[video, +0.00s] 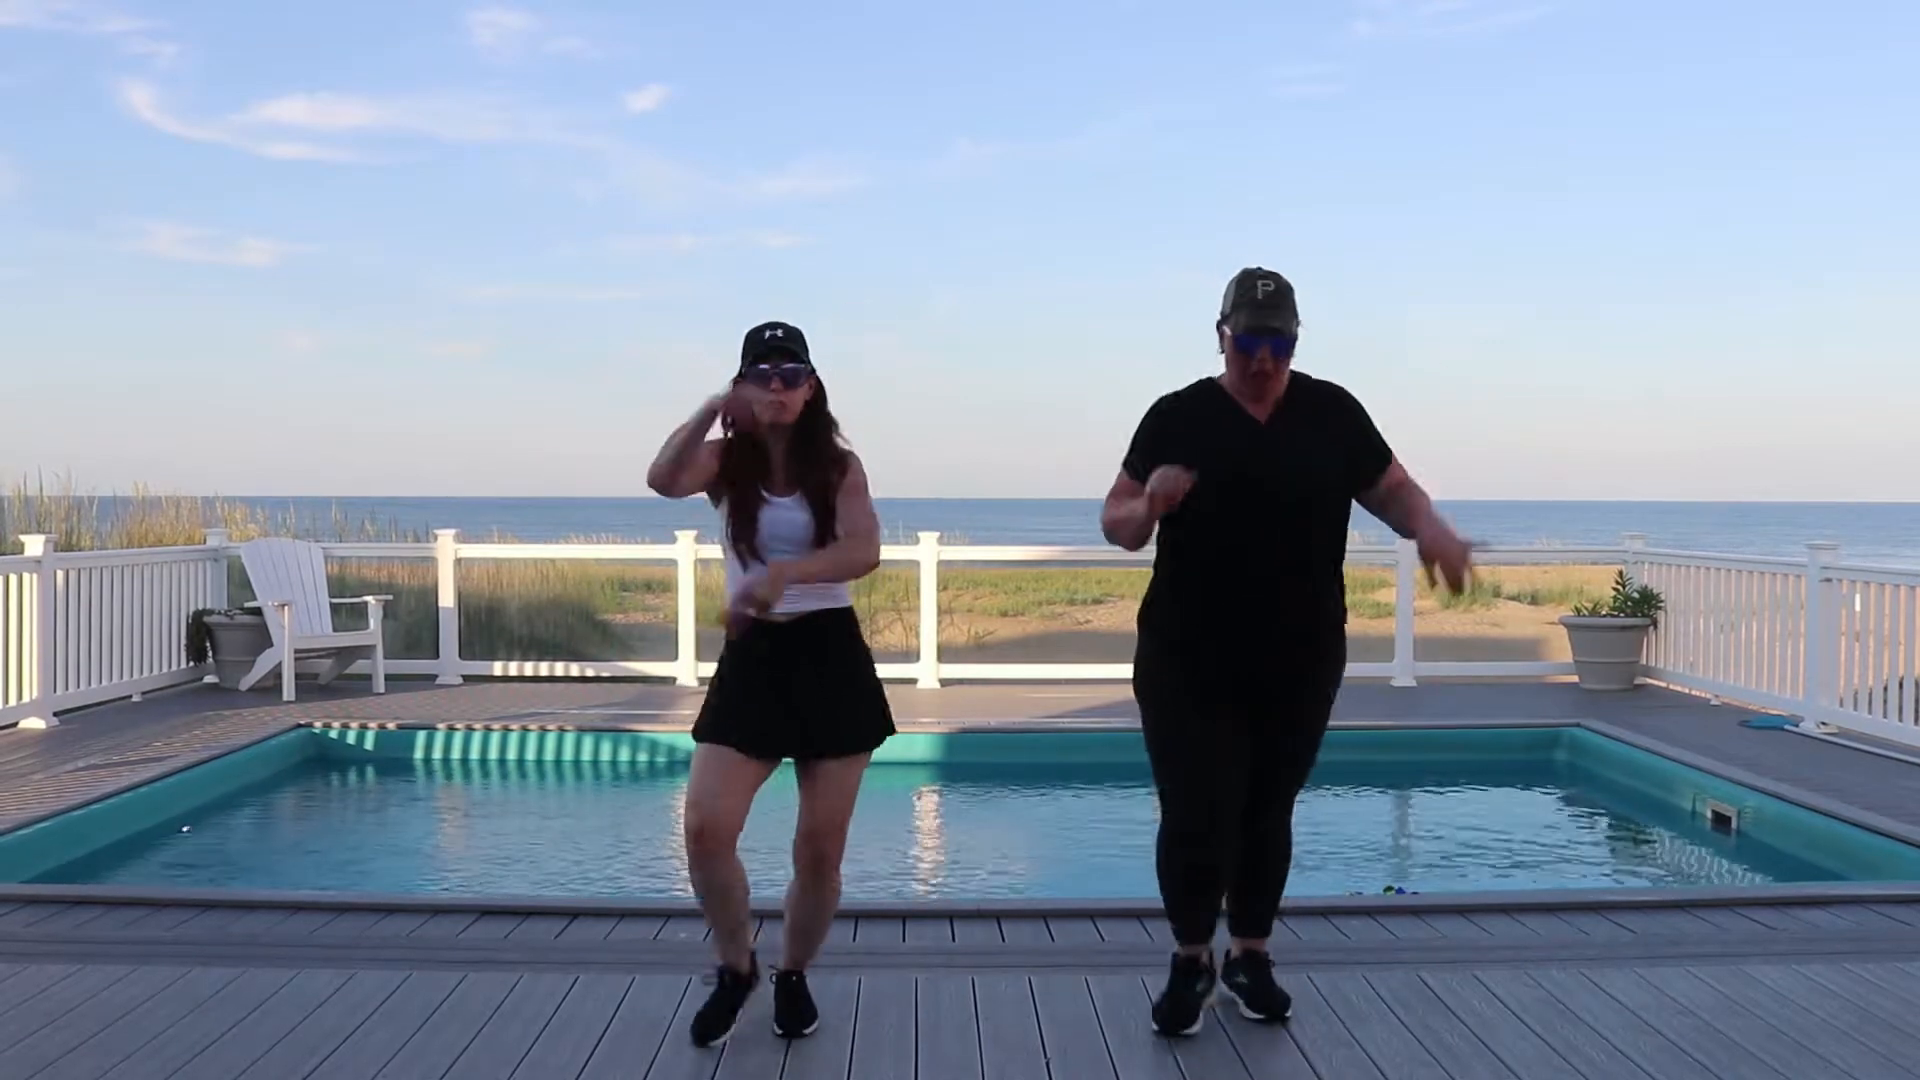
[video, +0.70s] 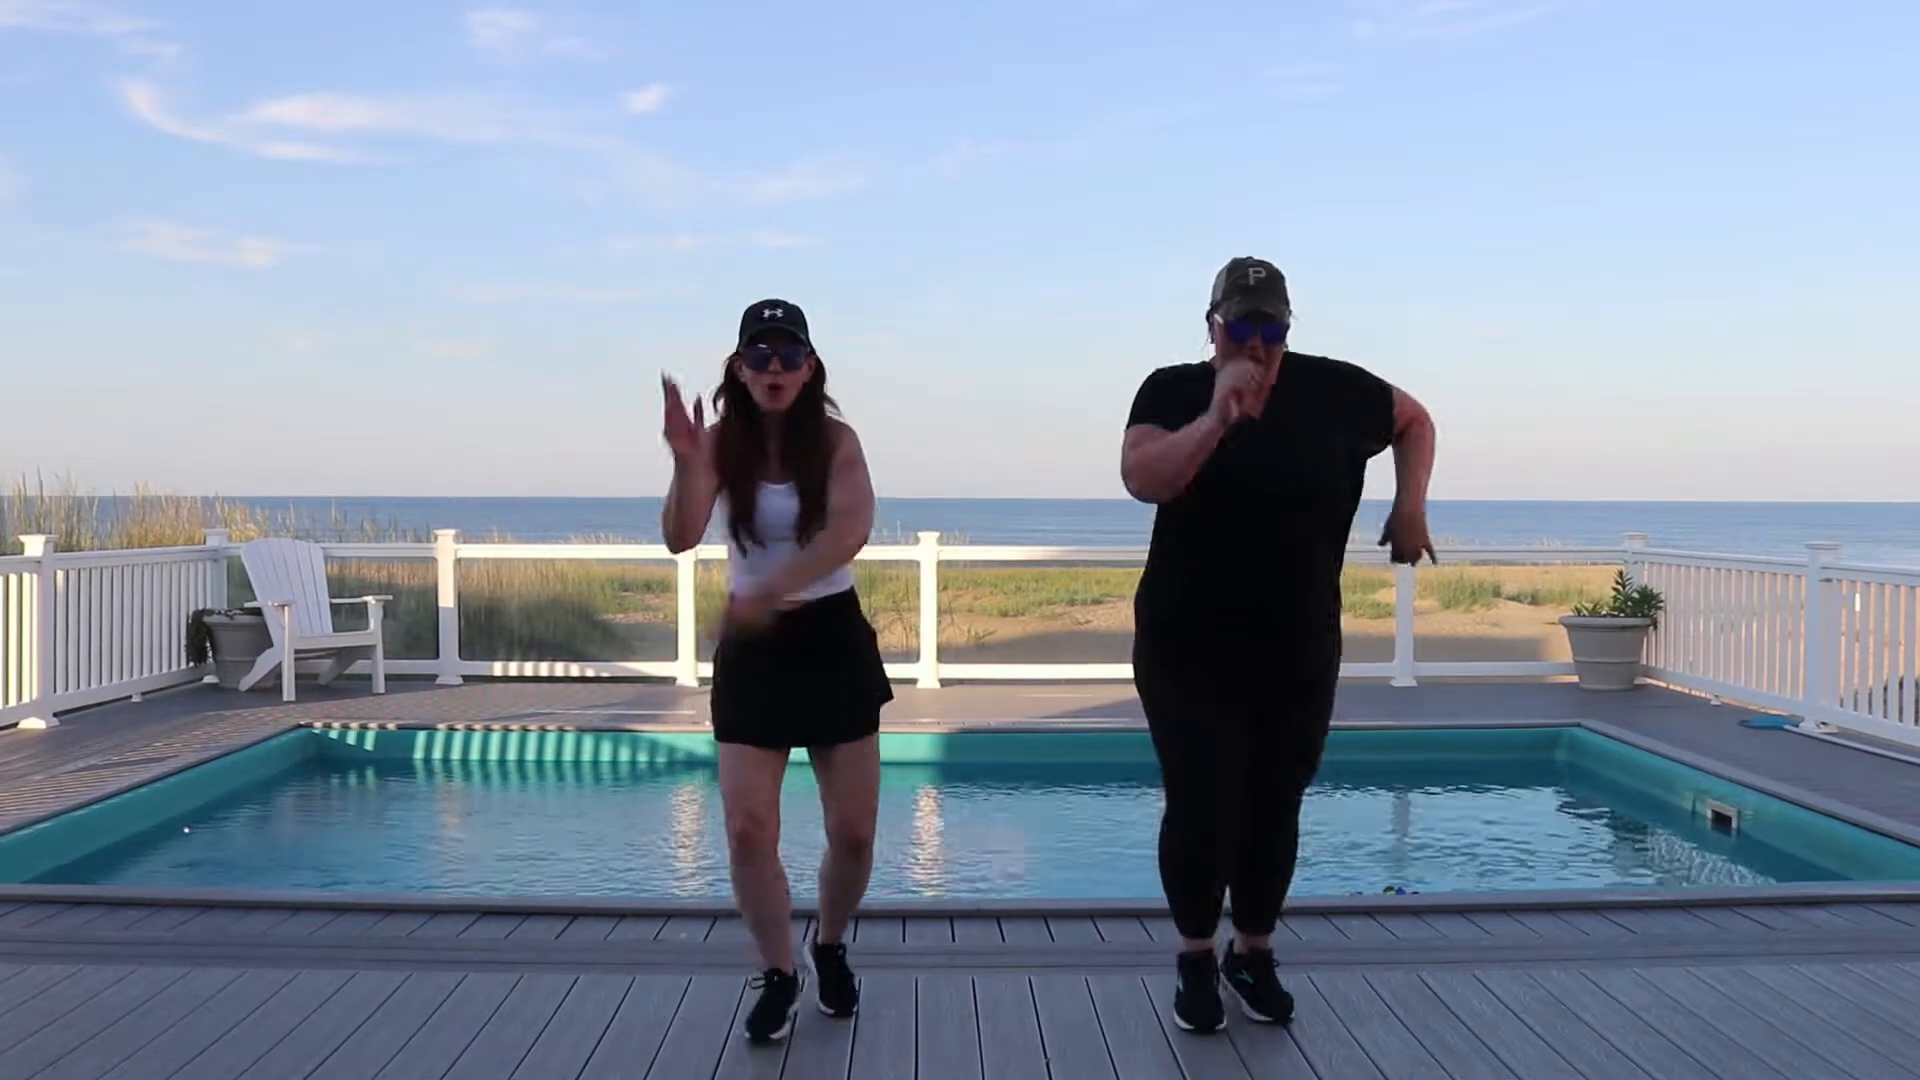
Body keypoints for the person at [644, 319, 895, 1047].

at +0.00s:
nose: (781, 390)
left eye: (794, 377)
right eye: (765, 377)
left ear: (813, 386)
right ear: (743, 388)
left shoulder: (836, 461)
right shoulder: (728, 457)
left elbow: (863, 552)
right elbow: (666, 479)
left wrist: (783, 570)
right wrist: (714, 407)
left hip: (832, 657)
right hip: (753, 658)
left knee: (820, 850)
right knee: (705, 829)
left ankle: (793, 974)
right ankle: (737, 969)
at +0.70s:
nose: (774, 370)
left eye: (789, 356)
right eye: (759, 357)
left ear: (810, 366)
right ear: (739, 366)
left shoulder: (834, 437)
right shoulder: (719, 440)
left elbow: (852, 532)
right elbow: (681, 537)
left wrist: (773, 586)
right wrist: (690, 464)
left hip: (834, 638)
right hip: (751, 638)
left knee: (854, 834)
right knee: (748, 828)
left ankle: (830, 944)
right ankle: (777, 972)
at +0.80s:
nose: (775, 395)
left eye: (789, 381)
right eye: (761, 381)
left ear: (812, 387)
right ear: (740, 387)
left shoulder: (835, 461)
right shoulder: (713, 461)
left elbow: (860, 531)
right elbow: (674, 546)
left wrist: (866, 602)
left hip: (820, 656)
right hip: (738, 659)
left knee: (860, 855)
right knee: (745, 859)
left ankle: (835, 928)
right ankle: (783, 981)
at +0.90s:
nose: (779, 402)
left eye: (794, 388)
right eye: (765, 388)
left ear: (815, 396)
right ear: (743, 394)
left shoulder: (831, 464)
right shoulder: (714, 469)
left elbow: (875, 502)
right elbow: (682, 554)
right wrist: (762, 569)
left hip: (815, 668)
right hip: (731, 670)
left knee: (840, 852)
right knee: (738, 863)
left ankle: (839, 963)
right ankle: (782, 983)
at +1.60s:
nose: (783, 375)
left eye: (797, 360)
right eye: (768, 361)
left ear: (820, 367)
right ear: (747, 367)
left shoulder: (841, 448)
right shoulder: (721, 438)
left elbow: (859, 530)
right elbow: (659, 507)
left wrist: (872, 491)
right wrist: (747, 548)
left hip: (814, 646)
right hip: (731, 643)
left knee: (798, 845)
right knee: (697, 844)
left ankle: (789, 976)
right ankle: (735, 936)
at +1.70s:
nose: (779, 394)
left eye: (793, 380)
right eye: (764, 381)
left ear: (814, 389)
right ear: (743, 392)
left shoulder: (838, 468)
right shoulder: (723, 460)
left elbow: (862, 548)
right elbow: (643, 494)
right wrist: (712, 501)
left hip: (824, 669)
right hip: (741, 666)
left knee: (811, 858)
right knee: (687, 849)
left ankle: (787, 976)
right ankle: (731, 948)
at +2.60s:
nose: (760, 400)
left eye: (774, 387)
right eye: (745, 388)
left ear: (795, 394)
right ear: (723, 395)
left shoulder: (820, 471)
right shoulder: (695, 478)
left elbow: (884, 525)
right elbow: (668, 577)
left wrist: (888, 557)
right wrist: (745, 578)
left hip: (803, 672)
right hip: (719, 674)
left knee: (846, 860)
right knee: (717, 871)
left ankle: (833, 938)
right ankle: (771, 988)